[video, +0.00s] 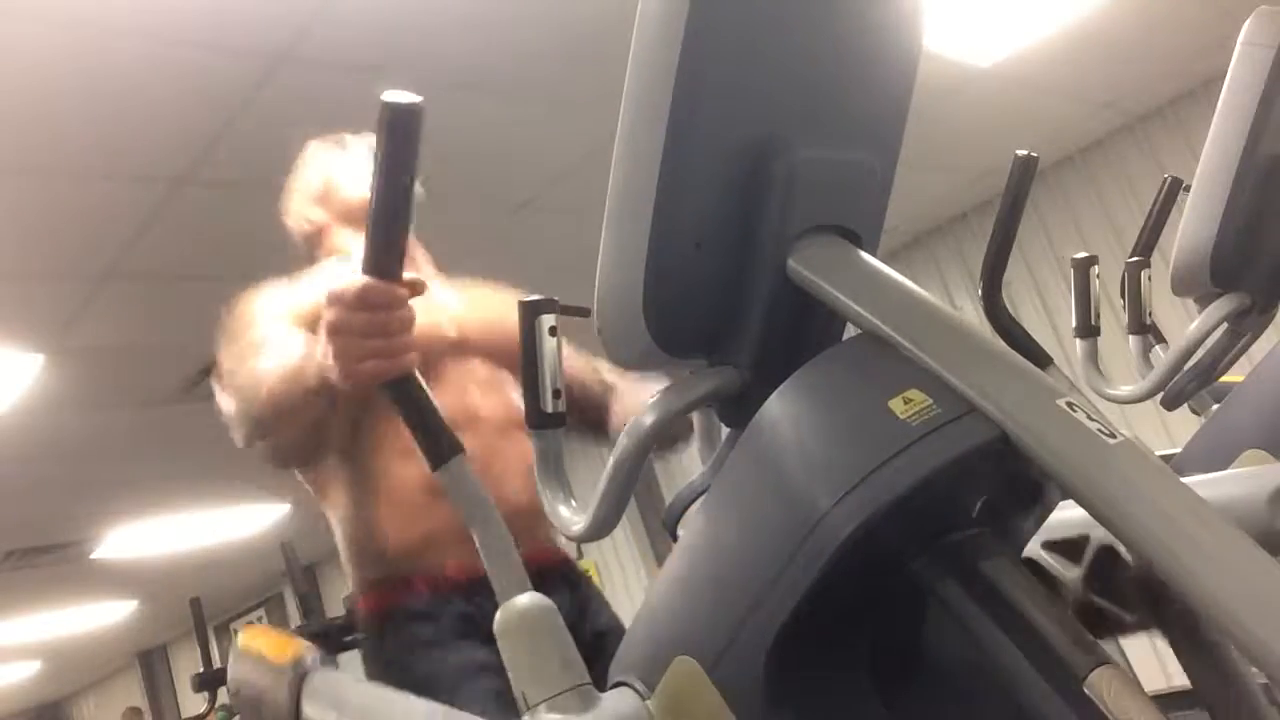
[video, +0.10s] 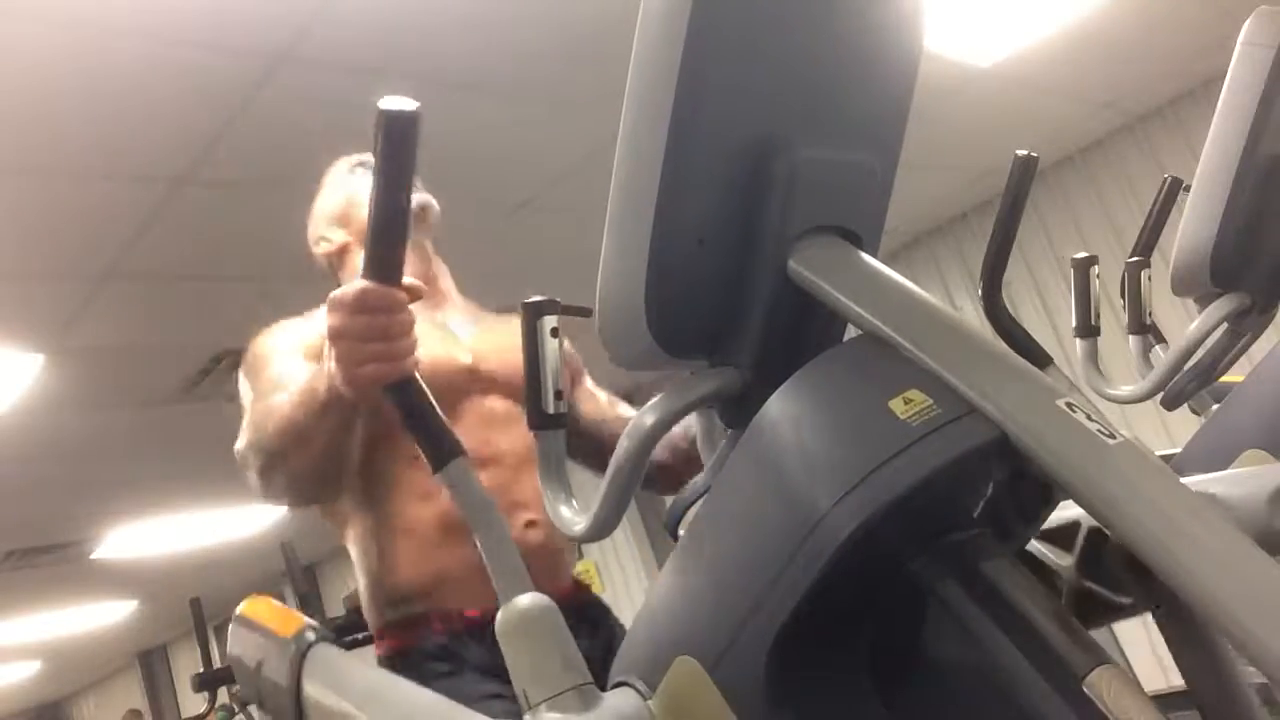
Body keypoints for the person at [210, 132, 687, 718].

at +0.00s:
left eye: (388, 184)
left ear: (406, 192)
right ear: (308, 217)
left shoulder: (479, 300)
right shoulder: (278, 309)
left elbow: (593, 385)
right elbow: (260, 419)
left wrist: (648, 406)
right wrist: (325, 367)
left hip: (556, 589)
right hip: (426, 620)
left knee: (654, 705)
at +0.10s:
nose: (383, 174)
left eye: (388, 171)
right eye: (358, 175)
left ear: (421, 207)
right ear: (325, 241)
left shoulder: (517, 333)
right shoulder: (293, 344)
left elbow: (638, 447)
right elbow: (283, 481)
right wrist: (341, 385)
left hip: (576, 623)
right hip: (441, 653)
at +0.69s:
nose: (323, 77)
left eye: (328, 75)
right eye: (284, 77)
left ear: (355, 119)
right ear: (243, 145)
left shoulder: (460, 246)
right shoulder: (210, 268)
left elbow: (591, 338)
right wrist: (284, 417)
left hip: (519, 572)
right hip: (373, 611)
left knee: (677, 696)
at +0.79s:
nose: (349, 77)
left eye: (354, 78)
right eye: (316, 75)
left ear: (372, 120)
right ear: (265, 133)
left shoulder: (473, 240)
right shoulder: (223, 249)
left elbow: (589, 335)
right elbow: (197, 405)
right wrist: (285, 383)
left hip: (517, 556)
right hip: (377, 588)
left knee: (632, 709)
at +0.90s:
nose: (368, 134)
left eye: (379, 125)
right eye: (337, 130)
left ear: (409, 164)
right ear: (298, 187)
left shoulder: (493, 285)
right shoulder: (259, 297)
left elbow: (606, 385)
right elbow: (221, 431)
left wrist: (720, 383)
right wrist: (301, 391)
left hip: (518, 590)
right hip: (388, 610)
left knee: (598, 710)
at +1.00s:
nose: (401, 159)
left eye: (406, 155)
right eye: (366, 160)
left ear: (428, 193)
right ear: (323, 225)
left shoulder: (518, 338)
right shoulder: (279, 346)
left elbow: (633, 430)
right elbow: (246, 485)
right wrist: (321, 406)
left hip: (537, 649)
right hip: (399, 665)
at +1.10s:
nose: (371, 135)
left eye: (378, 125)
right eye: (340, 132)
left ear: (408, 160)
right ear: (305, 189)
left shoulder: (495, 299)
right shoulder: (267, 316)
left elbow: (599, 394)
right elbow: (242, 458)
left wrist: (647, 417)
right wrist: (317, 404)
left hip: (526, 613)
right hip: (393, 631)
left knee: (602, 716)